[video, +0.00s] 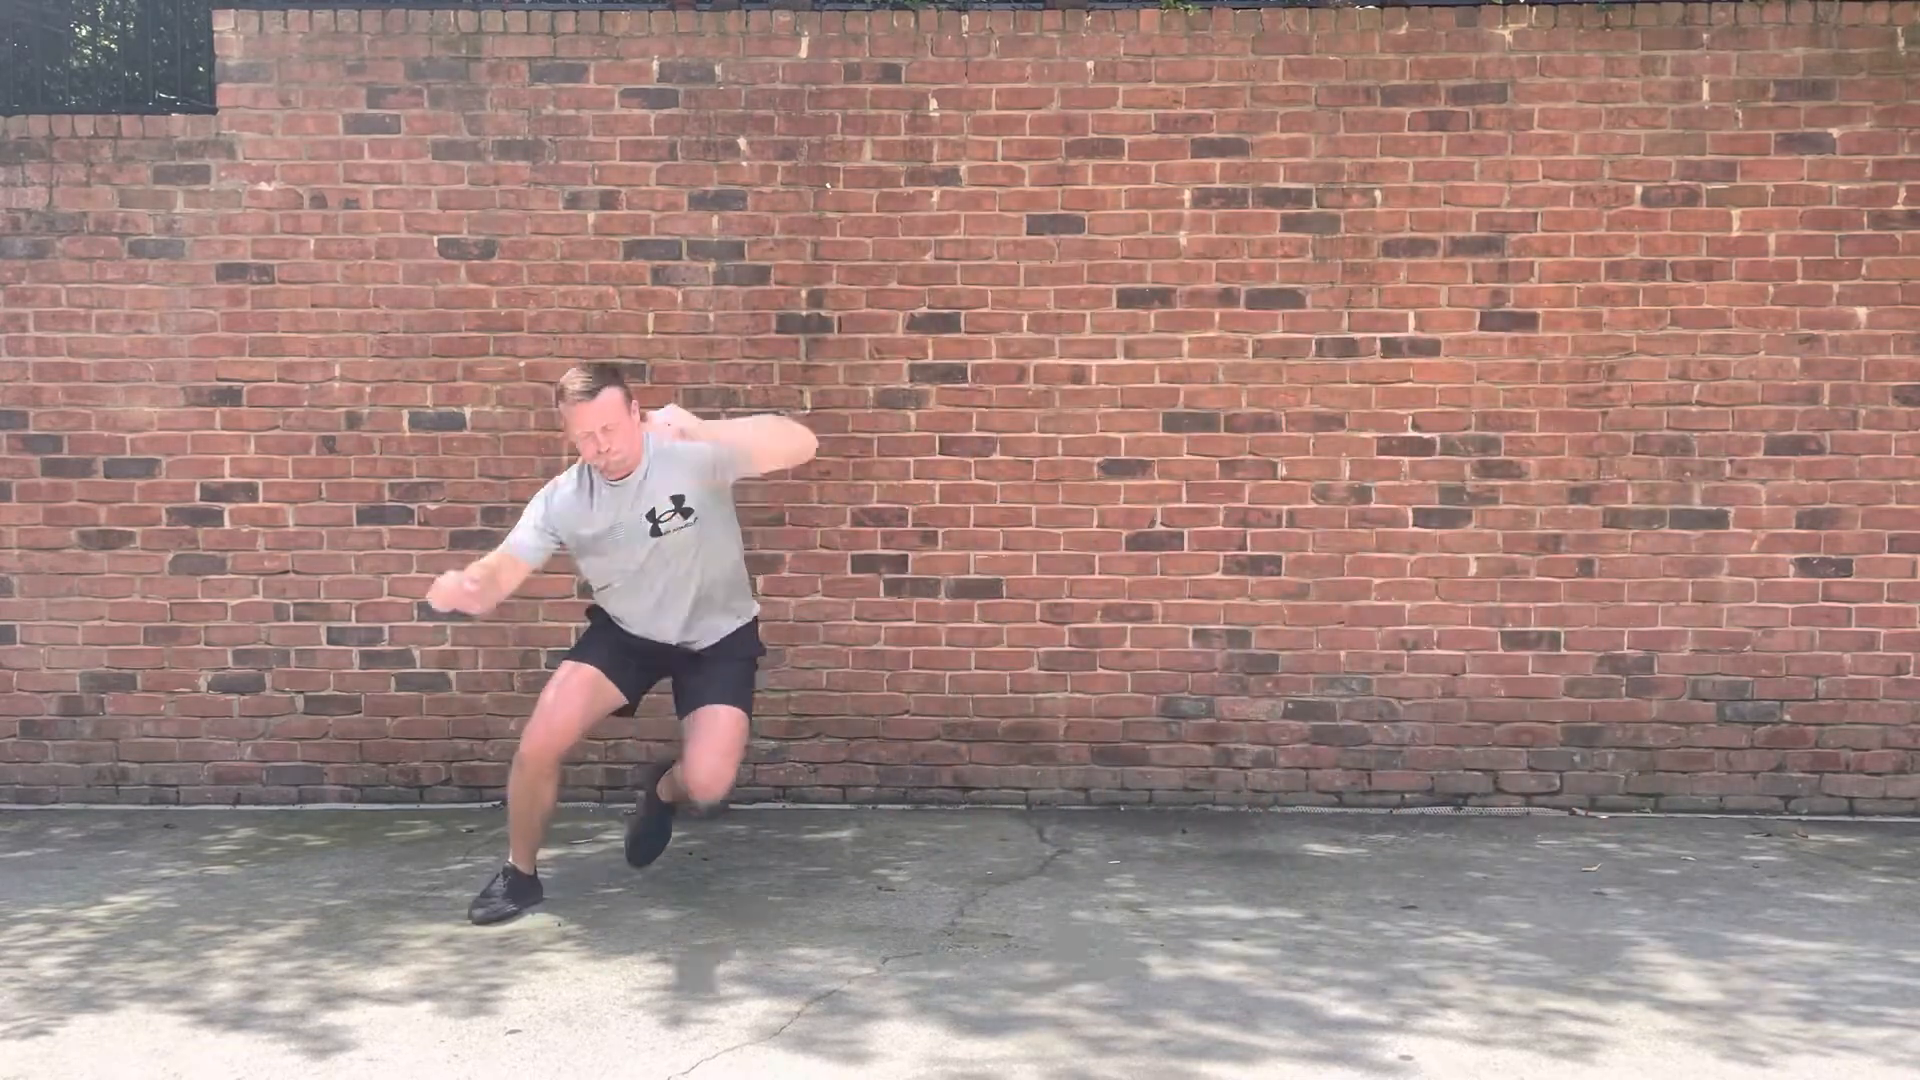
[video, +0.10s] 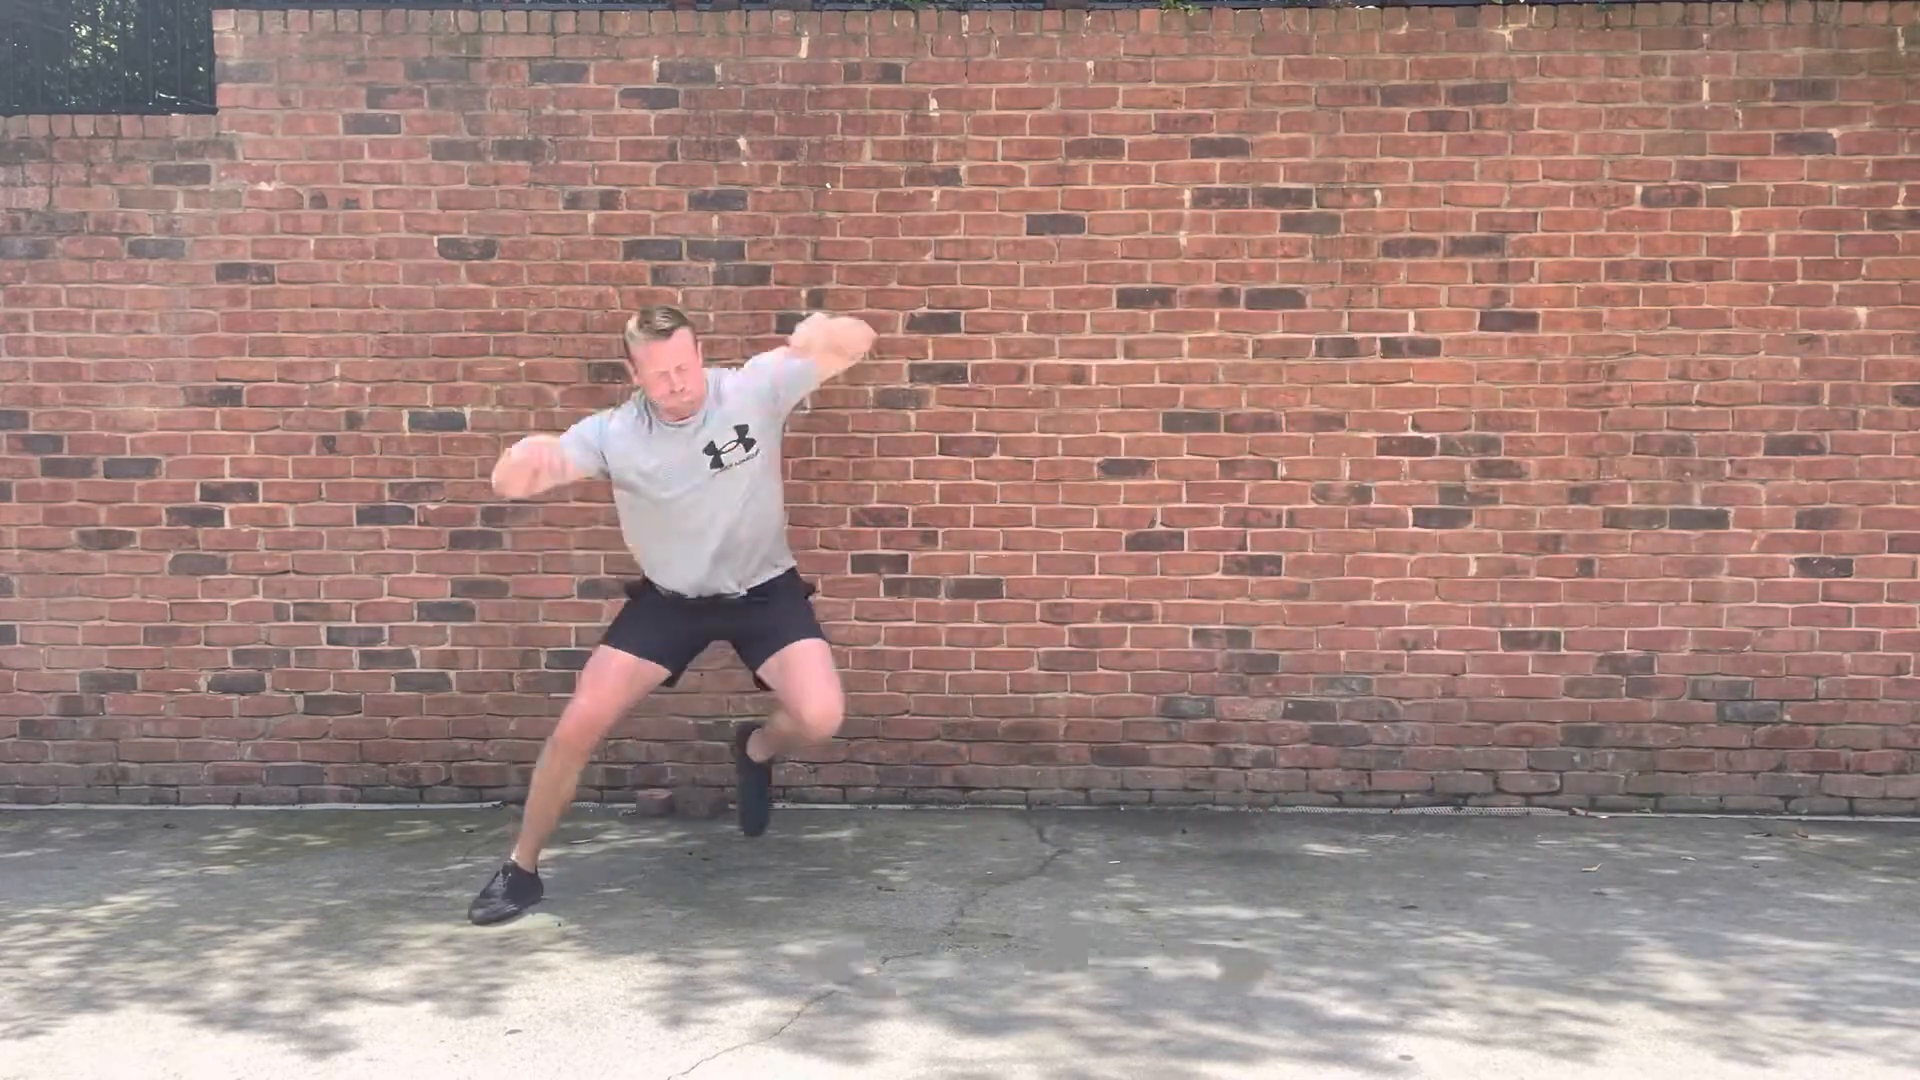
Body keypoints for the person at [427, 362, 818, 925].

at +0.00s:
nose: (601, 446)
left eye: (610, 428)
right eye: (585, 435)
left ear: (637, 415)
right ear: (570, 435)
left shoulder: (692, 457)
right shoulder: (560, 501)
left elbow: (800, 443)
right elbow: (501, 570)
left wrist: (701, 429)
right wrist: (468, 591)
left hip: (719, 632)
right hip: (626, 631)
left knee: (710, 784)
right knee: (541, 737)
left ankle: (664, 792)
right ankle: (520, 874)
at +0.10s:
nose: (676, 385)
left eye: (685, 369)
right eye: (660, 374)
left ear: (702, 356)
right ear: (636, 373)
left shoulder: (755, 389)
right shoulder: (612, 435)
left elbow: (857, 340)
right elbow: (515, 482)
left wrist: (821, 335)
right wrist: (524, 462)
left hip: (767, 592)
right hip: (669, 601)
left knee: (821, 717)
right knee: (581, 719)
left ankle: (756, 750)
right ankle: (521, 867)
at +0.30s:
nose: (831, 298)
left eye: (841, 281)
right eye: (815, 285)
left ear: (855, 272)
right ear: (787, 283)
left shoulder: (907, 331)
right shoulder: (759, 353)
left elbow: (989, 390)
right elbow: (693, 420)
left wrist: (1043, 480)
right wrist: (661, 485)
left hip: (902, 520)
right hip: (811, 530)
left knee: (937, 660)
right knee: (771, 682)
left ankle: (883, 712)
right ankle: (801, 814)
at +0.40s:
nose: (912, 319)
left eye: (921, 304)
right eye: (897, 307)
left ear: (934, 296)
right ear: (868, 305)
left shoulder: (979, 362)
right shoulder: (841, 380)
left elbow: (1015, 455)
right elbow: (781, 460)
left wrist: (1008, 551)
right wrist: (737, 535)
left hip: (969, 542)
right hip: (883, 551)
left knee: (991, 683)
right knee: (893, 708)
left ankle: (947, 763)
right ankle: (922, 848)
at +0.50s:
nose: (992, 349)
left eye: (999, 334)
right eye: (976, 337)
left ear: (1008, 330)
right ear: (942, 340)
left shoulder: (1046, 385)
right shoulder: (907, 421)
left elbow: (1098, 469)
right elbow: (850, 491)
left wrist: (1067, 501)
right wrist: (806, 538)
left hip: (1043, 564)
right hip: (956, 579)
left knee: (1107, 681)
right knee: (957, 730)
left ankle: (1044, 780)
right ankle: (941, 855)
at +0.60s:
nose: (1084, 318)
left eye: (1091, 304)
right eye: (1070, 306)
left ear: (1098, 299)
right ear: (1031, 304)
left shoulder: (1130, 351)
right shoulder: (992, 385)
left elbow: (1211, 406)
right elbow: (931, 457)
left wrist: (1203, 436)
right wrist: (917, 479)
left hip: (1130, 538)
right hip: (1037, 559)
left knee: (1234, 634)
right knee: (993, 706)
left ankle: (1176, 748)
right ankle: (944, 848)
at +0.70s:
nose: (1189, 287)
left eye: (1196, 273)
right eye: (1175, 274)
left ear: (1203, 268)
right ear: (1138, 271)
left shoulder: (1233, 315)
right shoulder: (1092, 345)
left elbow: (1316, 363)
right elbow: (1018, 411)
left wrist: (1368, 425)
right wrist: (1019, 434)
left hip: (1225, 504)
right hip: (1127, 525)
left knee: (1348, 607)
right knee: (1059, 668)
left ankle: (1323, 731)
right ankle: (989, 814)